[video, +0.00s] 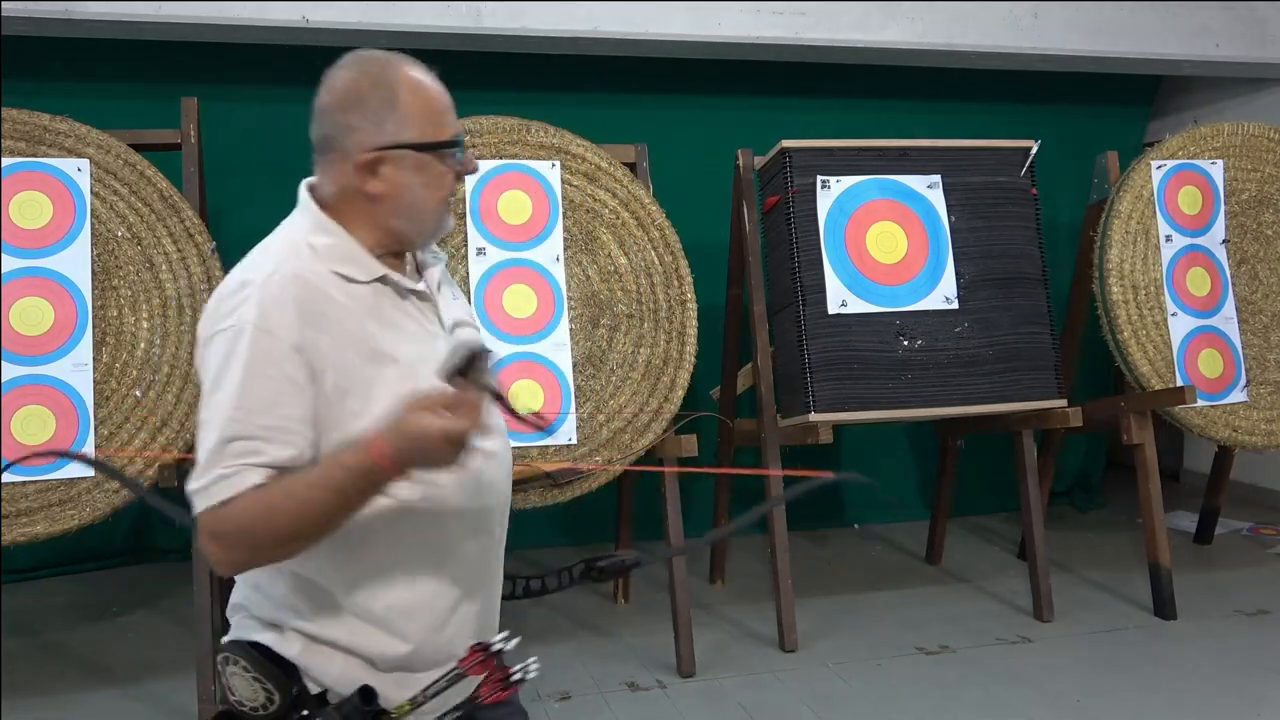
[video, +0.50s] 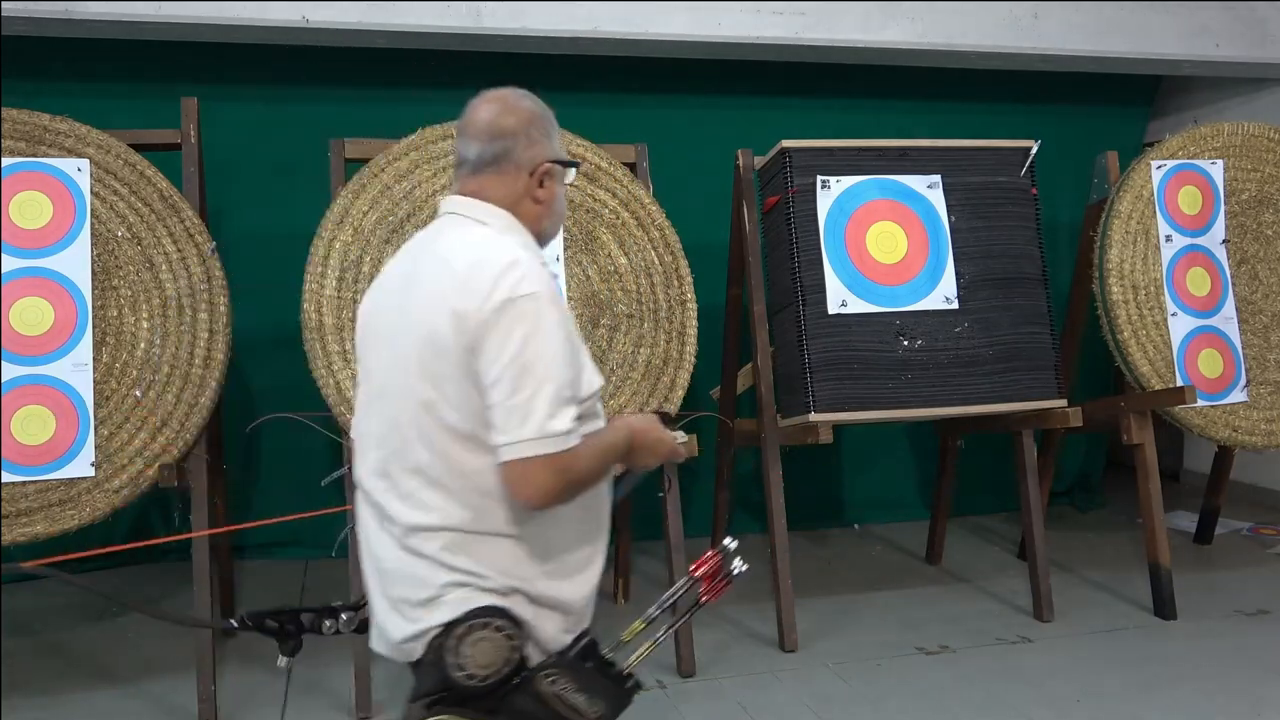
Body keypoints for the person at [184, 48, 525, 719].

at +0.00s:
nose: (463, 171)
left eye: (459, 150)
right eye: (446, 152)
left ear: (375, 174)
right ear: (372, 171)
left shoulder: (419, 268)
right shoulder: (268, 297)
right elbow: (226, 537)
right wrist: (388, 449)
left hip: (458, 660)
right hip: (324, 685)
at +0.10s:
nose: (486, 173)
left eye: (484, 156)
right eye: (478, 156)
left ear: (417, 176)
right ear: (420, 174)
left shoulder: (416, 263)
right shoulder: (310, 291)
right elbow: (275, 531)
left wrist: (516, 456)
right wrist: (458, 475)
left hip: (450, 660)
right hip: (347, 680)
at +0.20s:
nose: (504, 186)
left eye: (505, 167)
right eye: (500, 167)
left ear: (447, 174)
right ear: (453, 174)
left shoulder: (403, 264)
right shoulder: (364, 294)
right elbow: (343, 522)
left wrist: (540, 460)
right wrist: (513, 473)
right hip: (371, 670)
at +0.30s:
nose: (522, 191)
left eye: (525, 171)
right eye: (521, 171)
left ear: (415, 162)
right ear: (482, 177)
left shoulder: (395, 250)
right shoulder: (414, 290)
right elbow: (410, 513)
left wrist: (560, 452)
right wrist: (555, 457)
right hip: (405, 656)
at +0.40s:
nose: (544, 194)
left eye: (545, 175)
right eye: (544, 176)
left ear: (437, 166)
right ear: (515, 179)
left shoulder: (398, 252)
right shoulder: (465, 287)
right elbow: (472, 502)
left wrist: (581, 442)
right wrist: (591, 445)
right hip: (453, 651)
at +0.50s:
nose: (563, 196)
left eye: (564, 178)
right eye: (563, 179)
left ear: (463, 173)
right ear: (540, 181)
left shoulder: (405, 267)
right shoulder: (511, 277)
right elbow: (536, 479)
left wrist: (602, 439)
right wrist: (625, 438)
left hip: (417, 608)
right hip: (497, 628)